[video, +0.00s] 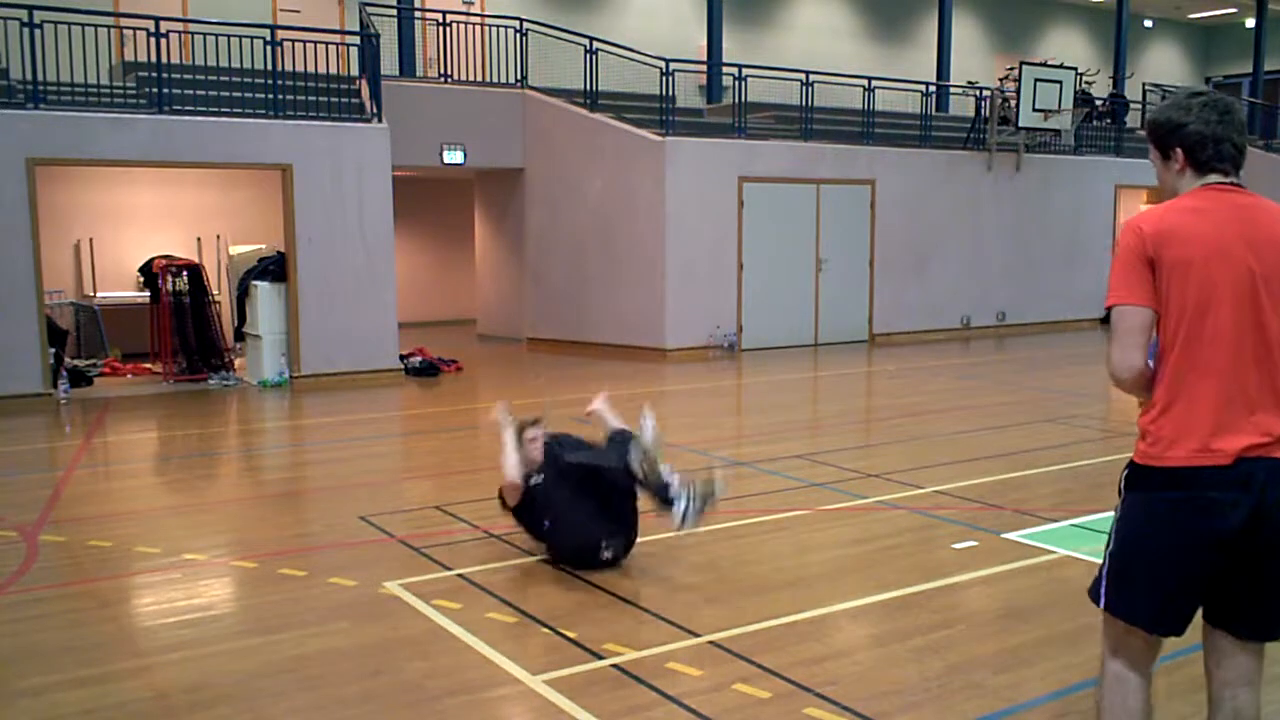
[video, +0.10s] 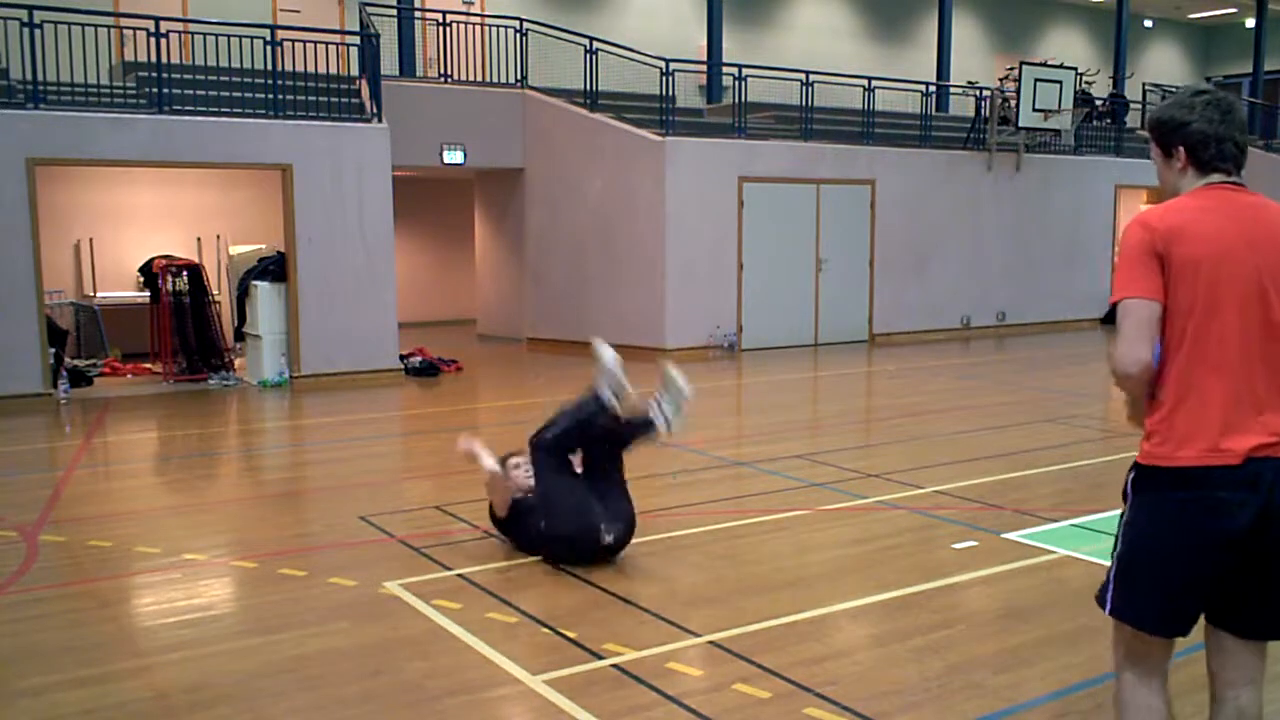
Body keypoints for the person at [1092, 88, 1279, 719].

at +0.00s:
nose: (1154, 170)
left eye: (1155, 157)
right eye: (1154, 157)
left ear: (1174, 157)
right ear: (1235, 154)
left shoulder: (1150, 229)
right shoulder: (1274, 220)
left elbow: (1127, 367)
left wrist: (1170, 384)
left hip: (1175, 478)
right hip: (1267, 479)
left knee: (1127, 659)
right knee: (1239, 666)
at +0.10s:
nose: (1154, 168)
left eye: (1155, 154)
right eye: (1153, 155)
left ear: (1175, 155)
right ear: (1234, 153)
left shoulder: (1154, 227)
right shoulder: (1276, 220)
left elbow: (1133, 360)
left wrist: (1140, 402)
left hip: (1181, 481)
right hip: (1270, 480)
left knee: (1141, 664)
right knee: (1241, 675)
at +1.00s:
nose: (1177, 167)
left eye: (1177, 151)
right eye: (1175, 152)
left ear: (1205, 148)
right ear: (1256, 148)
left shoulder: (1206, 223)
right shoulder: (1276, 206)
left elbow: (1214, 356)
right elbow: (1249, 350)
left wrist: (1145, 411)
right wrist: (1179, 405)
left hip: (1233, 469)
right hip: (1277, 465)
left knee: (1190, 656)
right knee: (1274, 633)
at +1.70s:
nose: (1122, 207)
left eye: (1122, 192)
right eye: (1120, 193)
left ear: (1145, 188)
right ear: (1188, 180)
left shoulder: (1160, 251)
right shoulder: (1260, 231)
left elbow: (1190, 375)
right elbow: (1256, 348)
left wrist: (1160, 466)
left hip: (1232, 465)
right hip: (1275, 457)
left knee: (1196, 646)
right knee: (1276, 628)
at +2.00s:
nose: (1068, 223)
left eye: (1067, 209)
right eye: (1066, 209)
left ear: (1089, 207)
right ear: (1139, 200)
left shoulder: (1101, 270)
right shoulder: (1203, 245)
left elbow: (1111, 402)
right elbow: (1232, 369)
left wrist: (1099, 500)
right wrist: (1175, 471)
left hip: (1208, 463)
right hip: (1274, 447)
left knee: (1184, 646)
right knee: (1268, 625)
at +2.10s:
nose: (1065, 216)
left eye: (1065, 203)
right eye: (1064, 203)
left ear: (1082, 201)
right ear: (1136, 194)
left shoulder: (1092, 265)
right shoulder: (1196, 243)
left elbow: (1078, 400)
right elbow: (1212, 376)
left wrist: (1047, 473)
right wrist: (1133, 450)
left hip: (1196, 460)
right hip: (1266, 445)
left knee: (1177, 642)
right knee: (1261, 622)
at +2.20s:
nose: (1063, 206)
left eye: (1063, 192)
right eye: (1063, 193)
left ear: (1081, 193)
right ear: (1134, 187)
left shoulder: (1090, 259)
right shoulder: (1198, 242)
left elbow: (1049, 392)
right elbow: (1168, 369)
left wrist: (995, 422)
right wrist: (1073, 409)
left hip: (1187, 460)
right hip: (1263, 445)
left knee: (1173, 645)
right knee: (1258, 624)